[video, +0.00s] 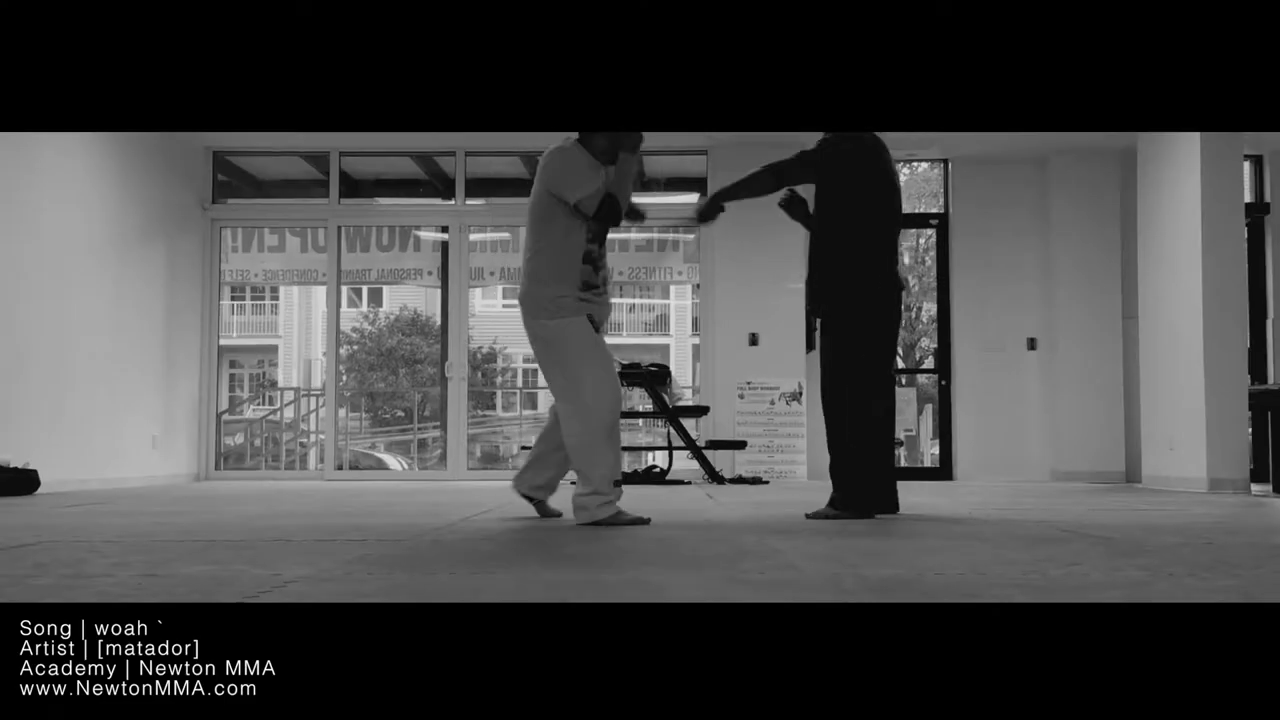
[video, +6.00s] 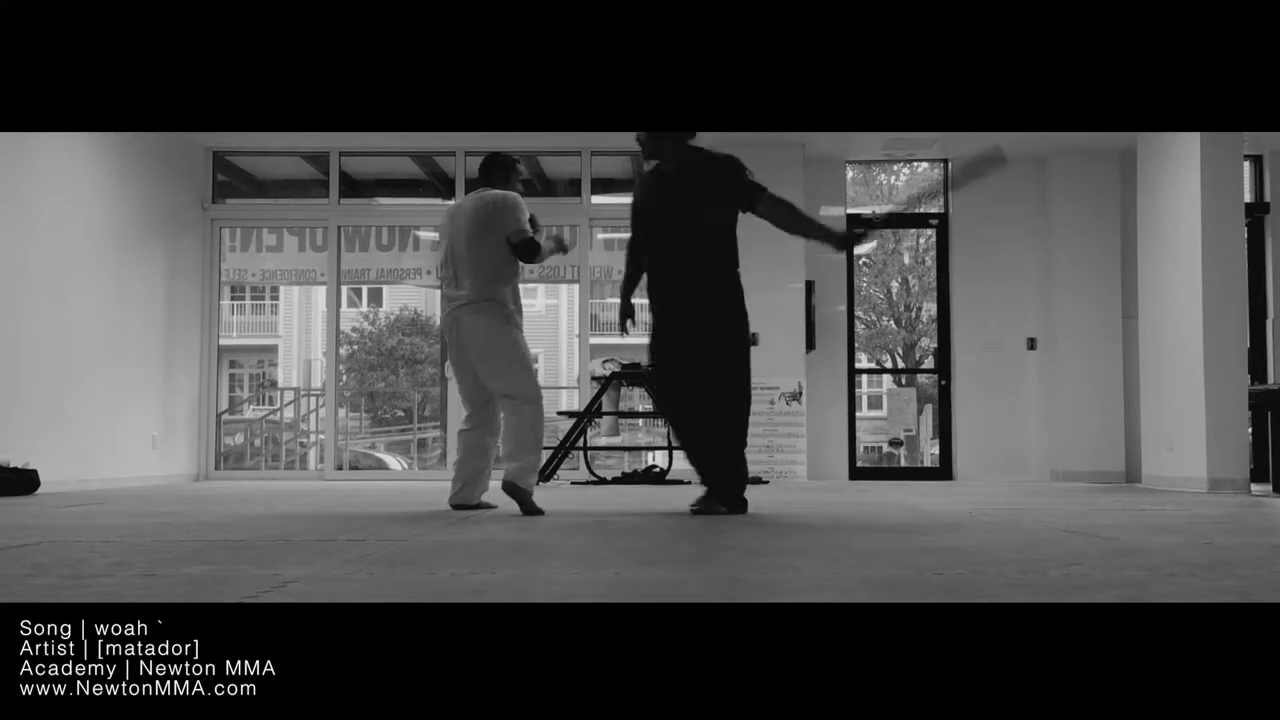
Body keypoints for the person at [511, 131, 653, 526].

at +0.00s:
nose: (624, 153)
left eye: (626, 147)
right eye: (622, 145)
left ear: (600, 136)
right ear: (602, 136)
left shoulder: (590, 167)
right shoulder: (563, 159)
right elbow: (610, 212)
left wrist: (627, 209)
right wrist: (628, 159)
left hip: (578, 306)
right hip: (554, 305)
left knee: (584, 396)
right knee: (597, 392)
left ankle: (534, 482)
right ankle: (596, 504)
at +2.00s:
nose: (627, 143)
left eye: (626, 139)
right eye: (626, 139)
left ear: (581, 133)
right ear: (619, 135)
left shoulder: (549, 168)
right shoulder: (611, 156)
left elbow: (553, 220)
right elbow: (625, 219)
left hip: (544, 298)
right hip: (586, 298)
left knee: (564, 398)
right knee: (612, 398)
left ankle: (542, 498)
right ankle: (604, 504)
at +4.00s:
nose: (543, 180)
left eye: (542, 173)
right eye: (541, 173)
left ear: (502, 161)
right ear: (529, 167)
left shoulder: (477, 189)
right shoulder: (513, 179)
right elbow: (556, 223)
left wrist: (543, 209)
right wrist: (549, 191)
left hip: (466, 314)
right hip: (494, 313)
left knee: (489, 400)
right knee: (525, 399)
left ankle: (458, 486)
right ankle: (498, 498)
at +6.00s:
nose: (520, 187)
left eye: (521, 181)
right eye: (518, 181)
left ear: (484, 178)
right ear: (503, 177)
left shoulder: (454, 211)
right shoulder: (508, 200)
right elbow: (527, 251)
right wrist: (553, 245)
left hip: (454, 321)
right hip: (490, 317)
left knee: (480, 409)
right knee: (523, 397)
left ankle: (465, 494)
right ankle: (520, 479)